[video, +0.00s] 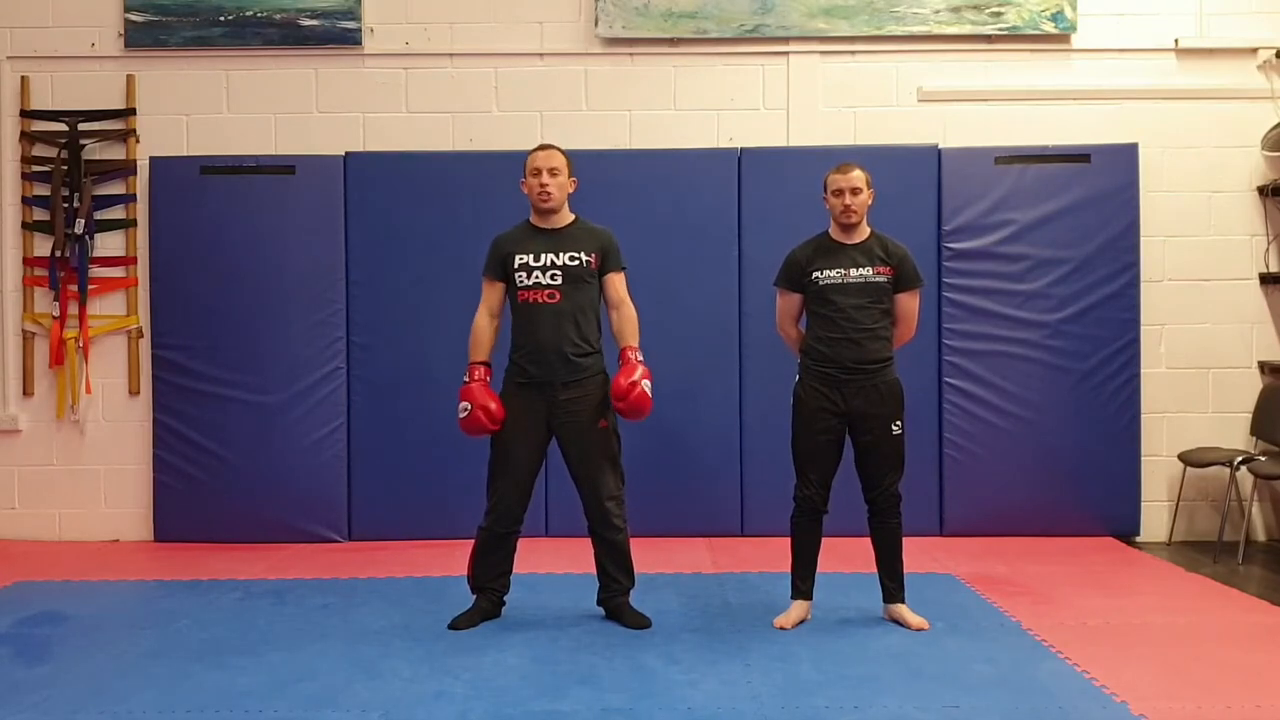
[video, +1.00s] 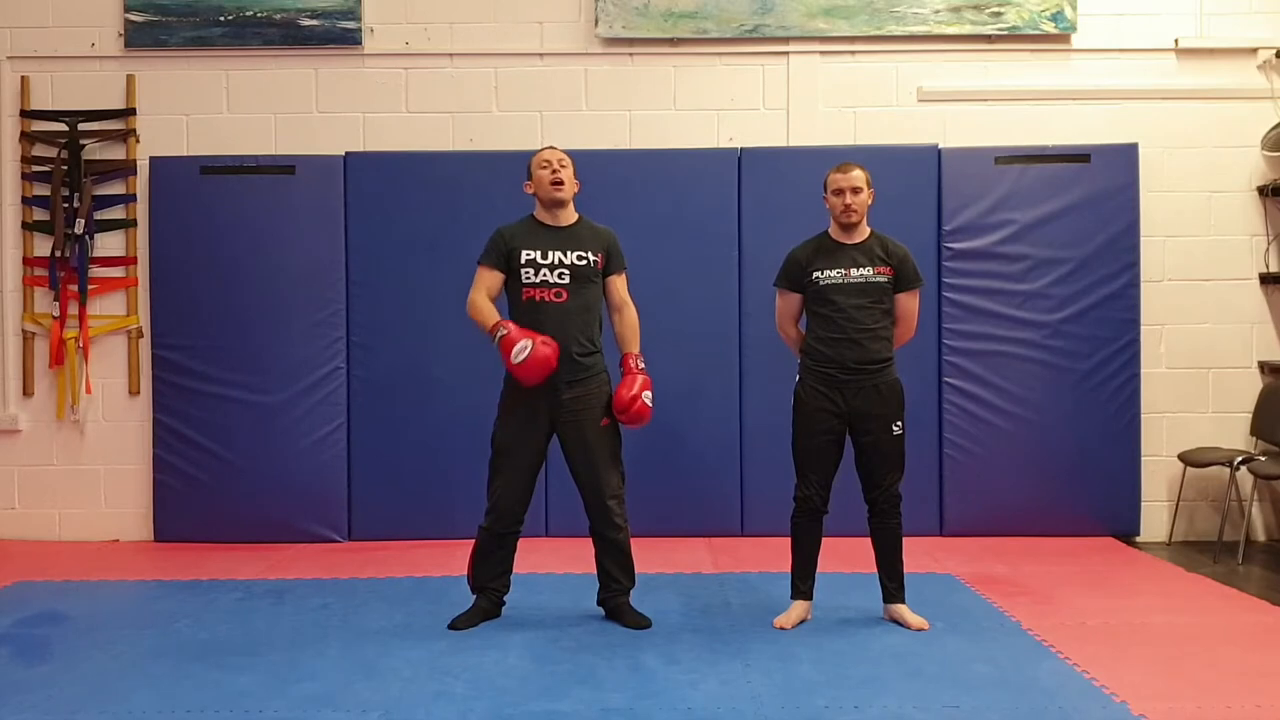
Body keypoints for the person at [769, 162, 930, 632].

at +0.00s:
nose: (847, 200)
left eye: (855, 191)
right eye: (838, 193)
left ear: (870, 197)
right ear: (826, 200)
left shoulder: (895, 257)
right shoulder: (803, 258)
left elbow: (906, 329)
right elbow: (786, 326)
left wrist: (864, 353)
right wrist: (821, 357)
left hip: (877, 391)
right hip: (818, 392)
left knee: (885, 498)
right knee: (809, 497)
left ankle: (894, 601)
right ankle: (801, 598)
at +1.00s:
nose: (847, 199)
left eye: (855, 191)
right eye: (838, 192)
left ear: (870, 196)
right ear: (826, 199)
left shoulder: (895, 256)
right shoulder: (803, 258)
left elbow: (906, 328)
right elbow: (786, 325)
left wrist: (864, 353)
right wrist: (821, 357)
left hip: (878, 391)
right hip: (819, 392)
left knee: (885, 498)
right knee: (809, 497)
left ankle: (894, 601)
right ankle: (801, 598)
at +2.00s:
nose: (847, 199)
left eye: (855, 190)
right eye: (838, 191)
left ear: (872, 196)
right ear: (827, 198)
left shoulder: (897, 256)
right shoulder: (805, 258)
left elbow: (908, 327)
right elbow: (787, 325)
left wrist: (866, 353)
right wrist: (822, 357)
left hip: (879, 392)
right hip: (820, 392)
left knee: (886, 499)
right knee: (810, 497)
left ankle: (894, 601)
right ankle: (801, 599)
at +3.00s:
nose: (845, 195)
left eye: (854, 187)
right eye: (837, 188)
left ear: (871, 195)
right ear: (827, 197)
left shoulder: (897, 255)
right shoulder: (805, 258)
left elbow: (908, 327)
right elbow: (788, 325)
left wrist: (865, 352)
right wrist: (822, 357)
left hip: (880, 392)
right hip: (820, 393)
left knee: (886, 499)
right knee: (810, 497)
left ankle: (894, 601)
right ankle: (801, 599)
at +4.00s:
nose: (835, 202)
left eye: (845, 194)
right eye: (831, 194)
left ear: (871, 199)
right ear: (828, 199)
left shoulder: (900, 255)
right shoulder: (812, 259)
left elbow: (923, 322)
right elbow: (807, 325)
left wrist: (908, 376)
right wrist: (805, 376)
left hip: (884, 390)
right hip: (824, 391)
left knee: (888, 500)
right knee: (810, 496)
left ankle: (892, 600)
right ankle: (799, 597)